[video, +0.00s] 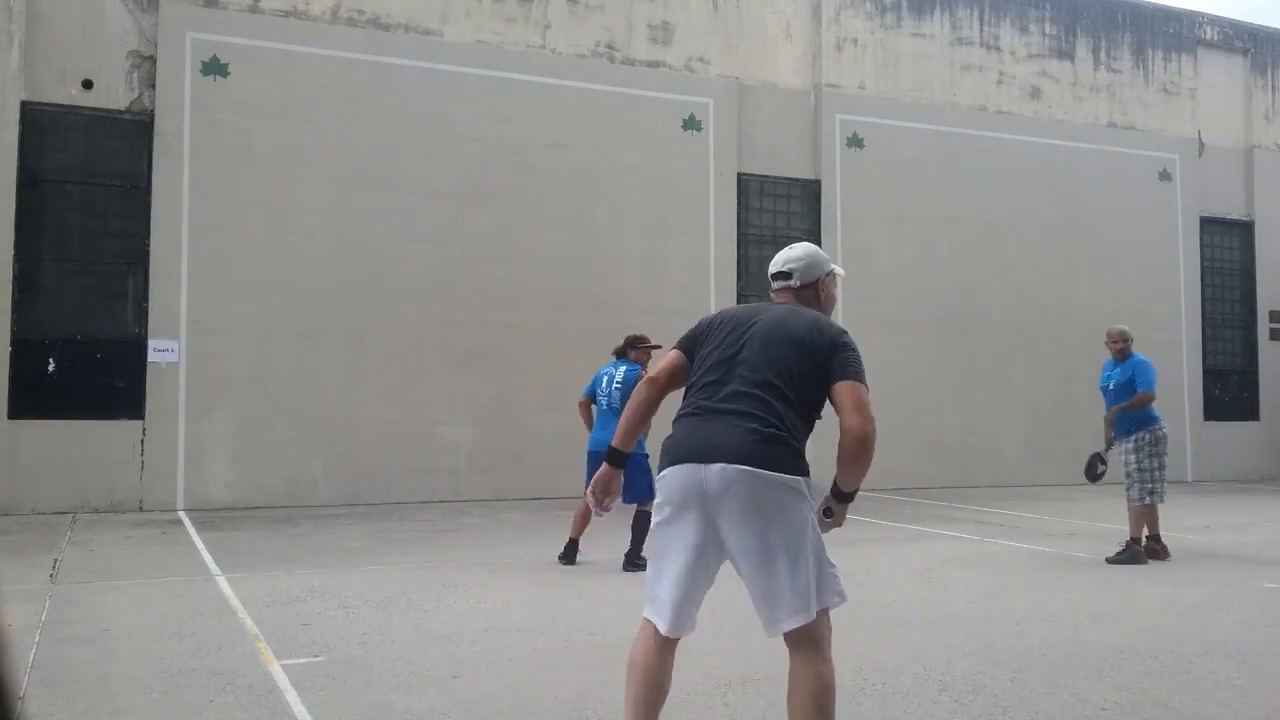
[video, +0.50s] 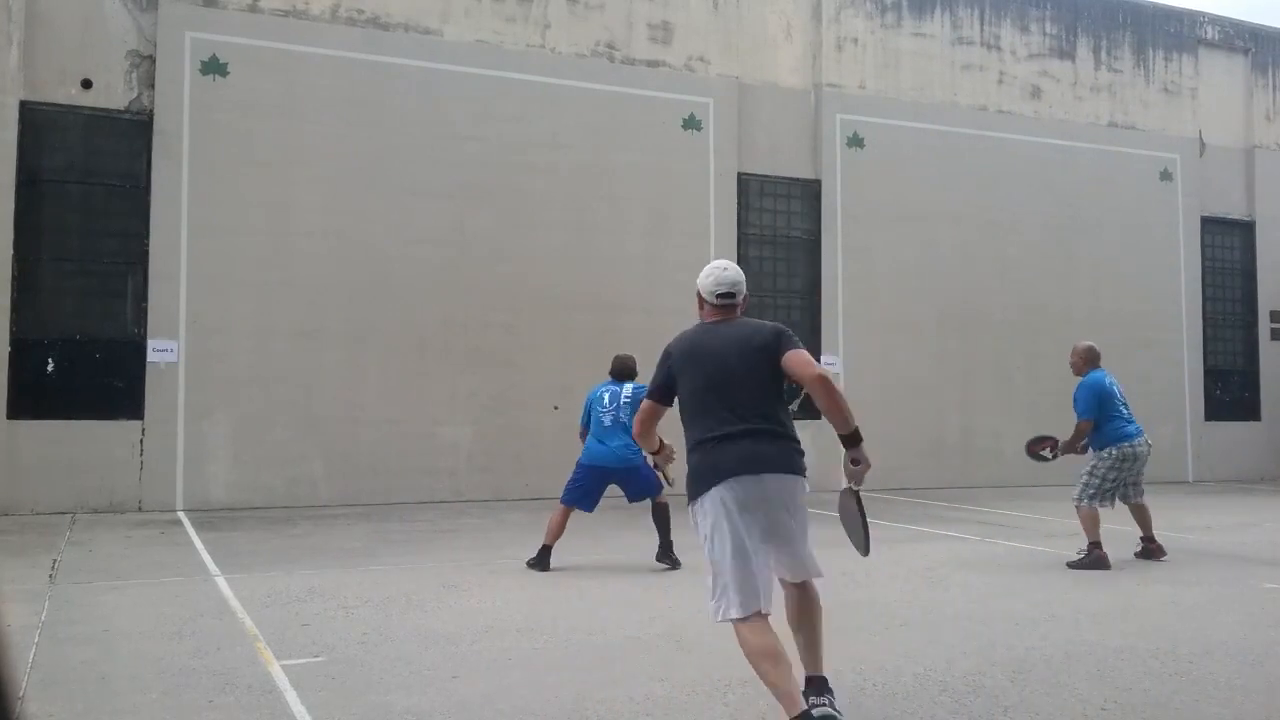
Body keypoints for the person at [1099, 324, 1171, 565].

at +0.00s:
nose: (1117, 346)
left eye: (1121, 342)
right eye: (1112, 342)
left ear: (1130, 342)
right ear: (1107, 345)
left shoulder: (1140, 364)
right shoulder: (1108, 368)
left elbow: (1148, 395)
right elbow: (1110, 405)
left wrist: (1117, 410)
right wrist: (1109, 433)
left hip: (1146, 433)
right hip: (1129, 436)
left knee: (1136, 489)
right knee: (1145, 489)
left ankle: (1134, 546)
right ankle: (1155, 542)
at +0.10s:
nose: (1122, 346)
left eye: (1127, 342)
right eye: (1117, 343)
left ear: (1134, 343)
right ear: (1110, 345)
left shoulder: (1142, 365)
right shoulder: (1109, 369)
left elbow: (1147, 396)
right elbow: (1110, 405)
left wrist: (1114, 409)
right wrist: (1106, 434)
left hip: (1144, 435)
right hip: (1126, 438)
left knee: (1126, 491)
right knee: (1143, 491)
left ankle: (1135, 547)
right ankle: (1158, 544)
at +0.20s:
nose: (1111, 350)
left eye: (1116, 346)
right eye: (1107, 346)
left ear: (1129, 348)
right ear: (1104, 349)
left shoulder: (1134, 369)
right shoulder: (1112, 376)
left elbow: (1138, 401)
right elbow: (1111, 413)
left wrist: (1107, 415)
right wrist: (1100, 440)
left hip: (1138, 439)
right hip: (1133, 440)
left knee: (1109, 490)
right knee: (1138, 491)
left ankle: (1132, 542)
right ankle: (1155, 544)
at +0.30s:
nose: (1095, 356)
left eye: (1099, 352)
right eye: (1095, 351)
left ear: (1114, 355)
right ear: (1112, 356)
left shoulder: (1119, 375)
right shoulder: (1115, 377)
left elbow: (1122, 410)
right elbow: (1115, 422)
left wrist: (1099, 433)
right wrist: (1098, 448)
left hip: (1134, 443)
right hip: (1148, 442)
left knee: (1098, 493)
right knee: (1132, 494)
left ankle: (1124, 544)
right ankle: (1154, 545)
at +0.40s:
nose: (1084, 364)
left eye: (1088, 360)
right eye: (1085, 359)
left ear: (1099, 363)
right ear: (1106, 364)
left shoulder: (1104, 386)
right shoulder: (1117, 381)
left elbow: (1100, 429)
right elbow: (1110, 425)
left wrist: (1086, 452)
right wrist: (1092, 449)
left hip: (1129, 450)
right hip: (1147, 447)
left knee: (1089, 495)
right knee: (1133, 496)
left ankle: (1102, 548)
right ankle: (1154, 546)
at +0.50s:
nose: (1070, 362)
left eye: (1073, 358)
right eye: (1071, 358)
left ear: (1083, 361)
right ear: (1091, 361)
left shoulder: (1088, 385)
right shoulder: (1106, 378)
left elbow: (1084, 426)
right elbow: (1108, 421)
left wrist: (1068, 445)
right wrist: (1086, 445)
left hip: (1118, 449)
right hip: (1138, 444)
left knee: (1084, 497)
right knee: (1131, 494)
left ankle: (1095, 552)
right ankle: (1151, 544)